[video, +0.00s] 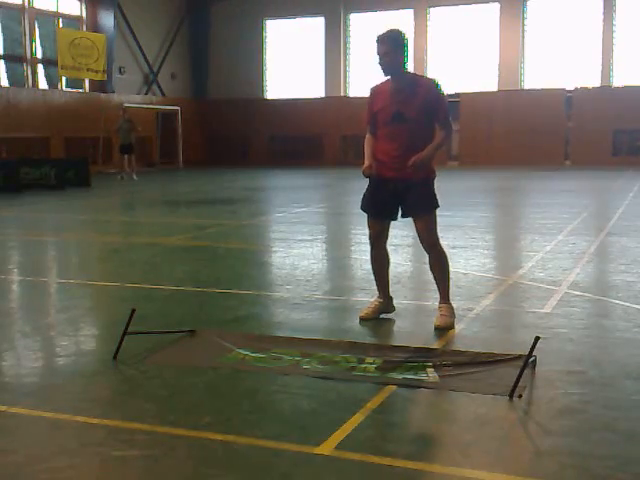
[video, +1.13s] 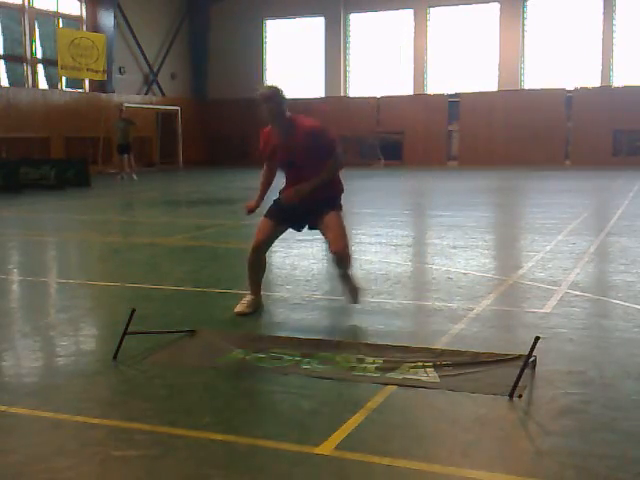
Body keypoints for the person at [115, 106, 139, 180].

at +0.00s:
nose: (125, 116)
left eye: (126, 114)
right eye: (123, 114)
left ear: (127, 114)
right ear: (122, 115)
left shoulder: (130, 123)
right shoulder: (120, 123)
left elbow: (135, 130)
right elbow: (116, 130)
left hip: (130, 142)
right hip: (123, 143)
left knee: (133, 158)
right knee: (124, 159)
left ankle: (133, 173)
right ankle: (123, 173)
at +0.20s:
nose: (123, 115)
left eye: (124, 113)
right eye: (122, 113)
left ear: (126, 113)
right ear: (120, 113)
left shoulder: (129, 122)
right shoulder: (120, 123)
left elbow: (135, 129)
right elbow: (117, 131)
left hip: (129, 142)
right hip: (122, 142)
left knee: (132, 158)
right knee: (122, 159)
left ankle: (133, 173)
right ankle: (122, 173)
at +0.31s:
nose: (122, 114)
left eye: (124, 113)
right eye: (121, 113)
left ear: (126, 113)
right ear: (120, 113)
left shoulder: (129, 122)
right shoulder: (119, 122)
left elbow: (135, 129)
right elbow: (117, 131)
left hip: (129, 142)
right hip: (121, 142)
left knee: (131, 158)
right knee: (122, 159)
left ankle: (133, 173)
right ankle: (122, 173)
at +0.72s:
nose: (122, 114)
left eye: (123, 112)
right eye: (121, 112)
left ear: (125, 113)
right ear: (119, 113)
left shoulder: (129, 122)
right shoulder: (118, 123)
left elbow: (136, 126)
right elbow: (115, 132)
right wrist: (115, 141)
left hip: (128, 142)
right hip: (120, 142)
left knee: (131, 158)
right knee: (122, 159)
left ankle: (133, 173)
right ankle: (122, 173)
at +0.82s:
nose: (122, 114)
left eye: (123, 112)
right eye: (120, 112)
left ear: (124, 113)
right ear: (119, 113)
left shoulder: (128, 122)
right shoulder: (117, 122)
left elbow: (135, 125)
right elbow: (117, 126)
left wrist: (127, 120)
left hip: (128, 142)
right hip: (120, 142)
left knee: (131, 158)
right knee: (122, 159)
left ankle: (133, 173)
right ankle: (122, 173)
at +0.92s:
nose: (121, 114)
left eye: (123, 112)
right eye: (120, 112)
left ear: (124, 113)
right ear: (119, 113)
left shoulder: (127, 122)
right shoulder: (117, 123)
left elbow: (134, 125)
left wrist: (127, 120)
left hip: (128, 142)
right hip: (120, 142)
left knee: (131, 158)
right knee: (122, 159)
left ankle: (133, 173)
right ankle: (122, 173)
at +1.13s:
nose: (121, 113)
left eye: (122, 111)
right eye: (120, 111)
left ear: (124, 112)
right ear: (118, 112)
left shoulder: (127, 121)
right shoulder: (117, 122)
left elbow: (134, 124)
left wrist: (126, 120)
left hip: (127, 142)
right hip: (120, 143)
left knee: (131, 158)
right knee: (122, 159)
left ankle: (133, 173)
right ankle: (122, 173)